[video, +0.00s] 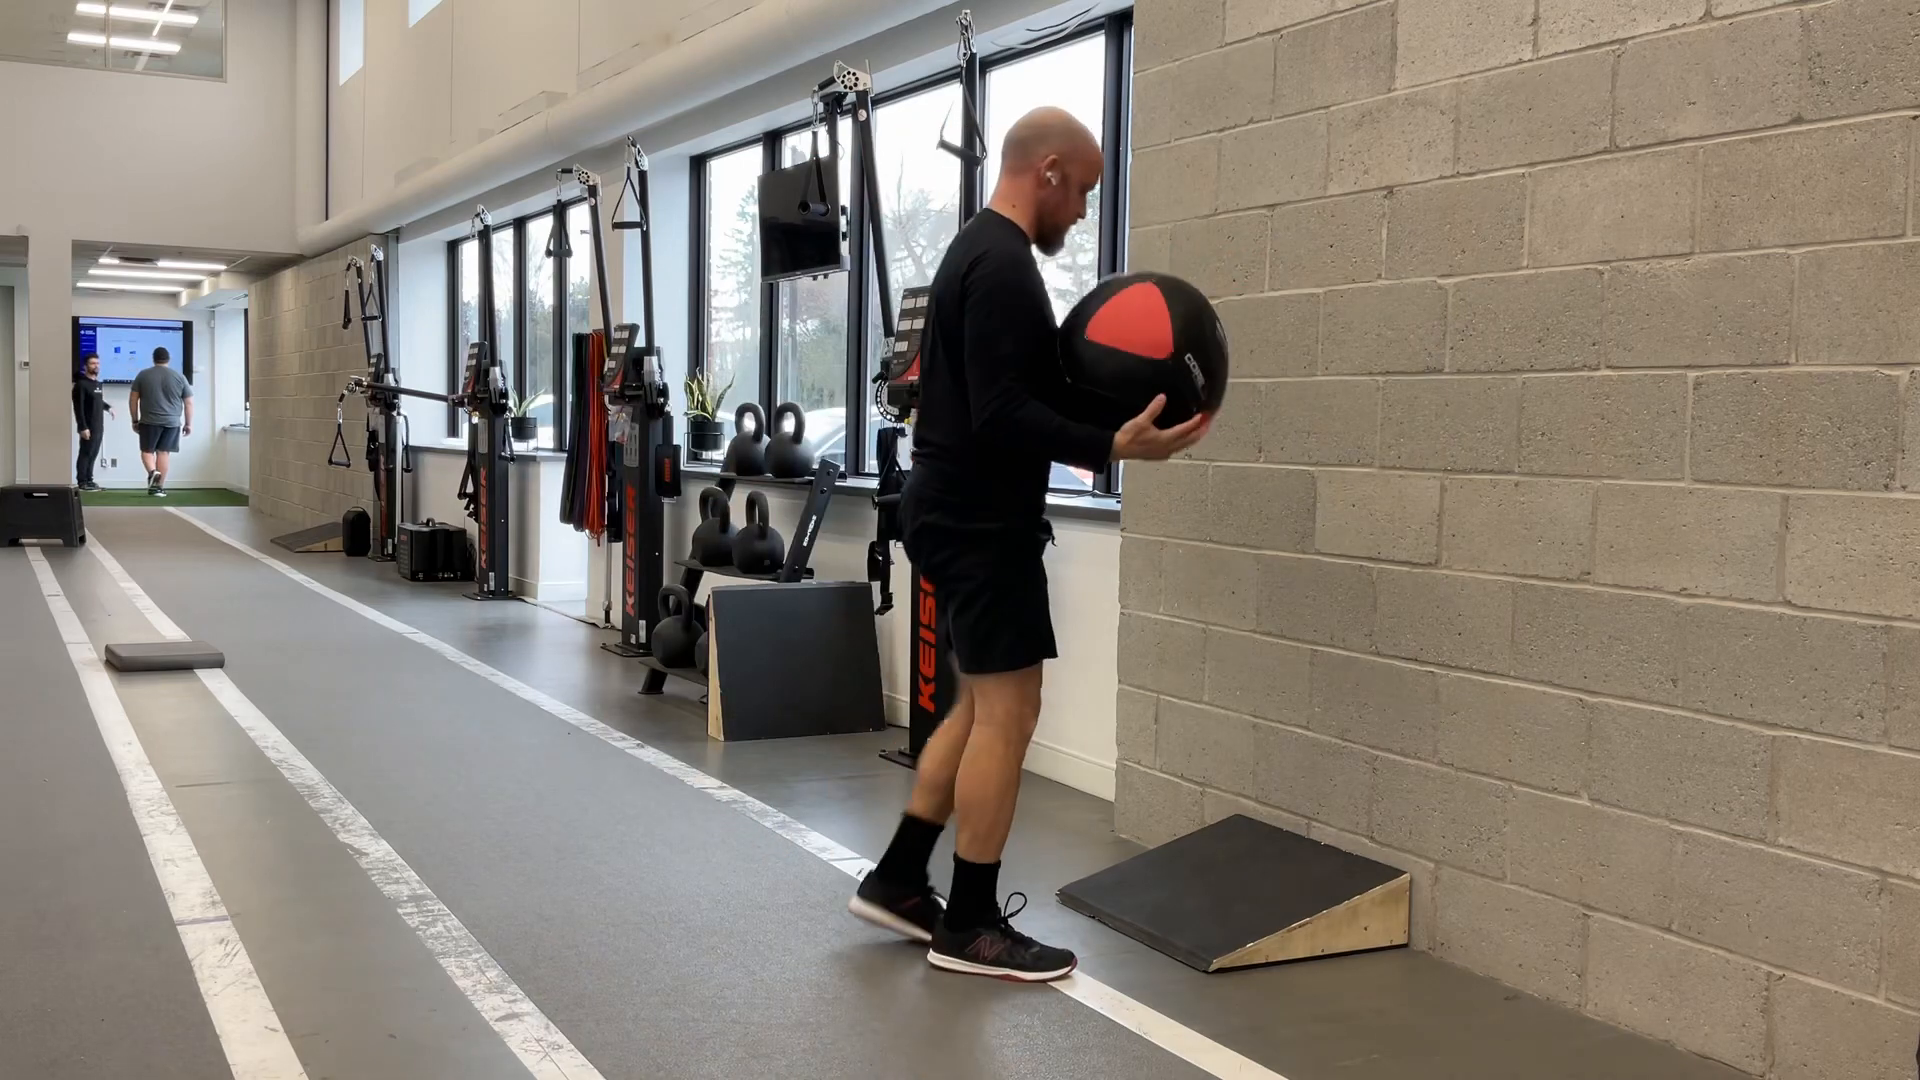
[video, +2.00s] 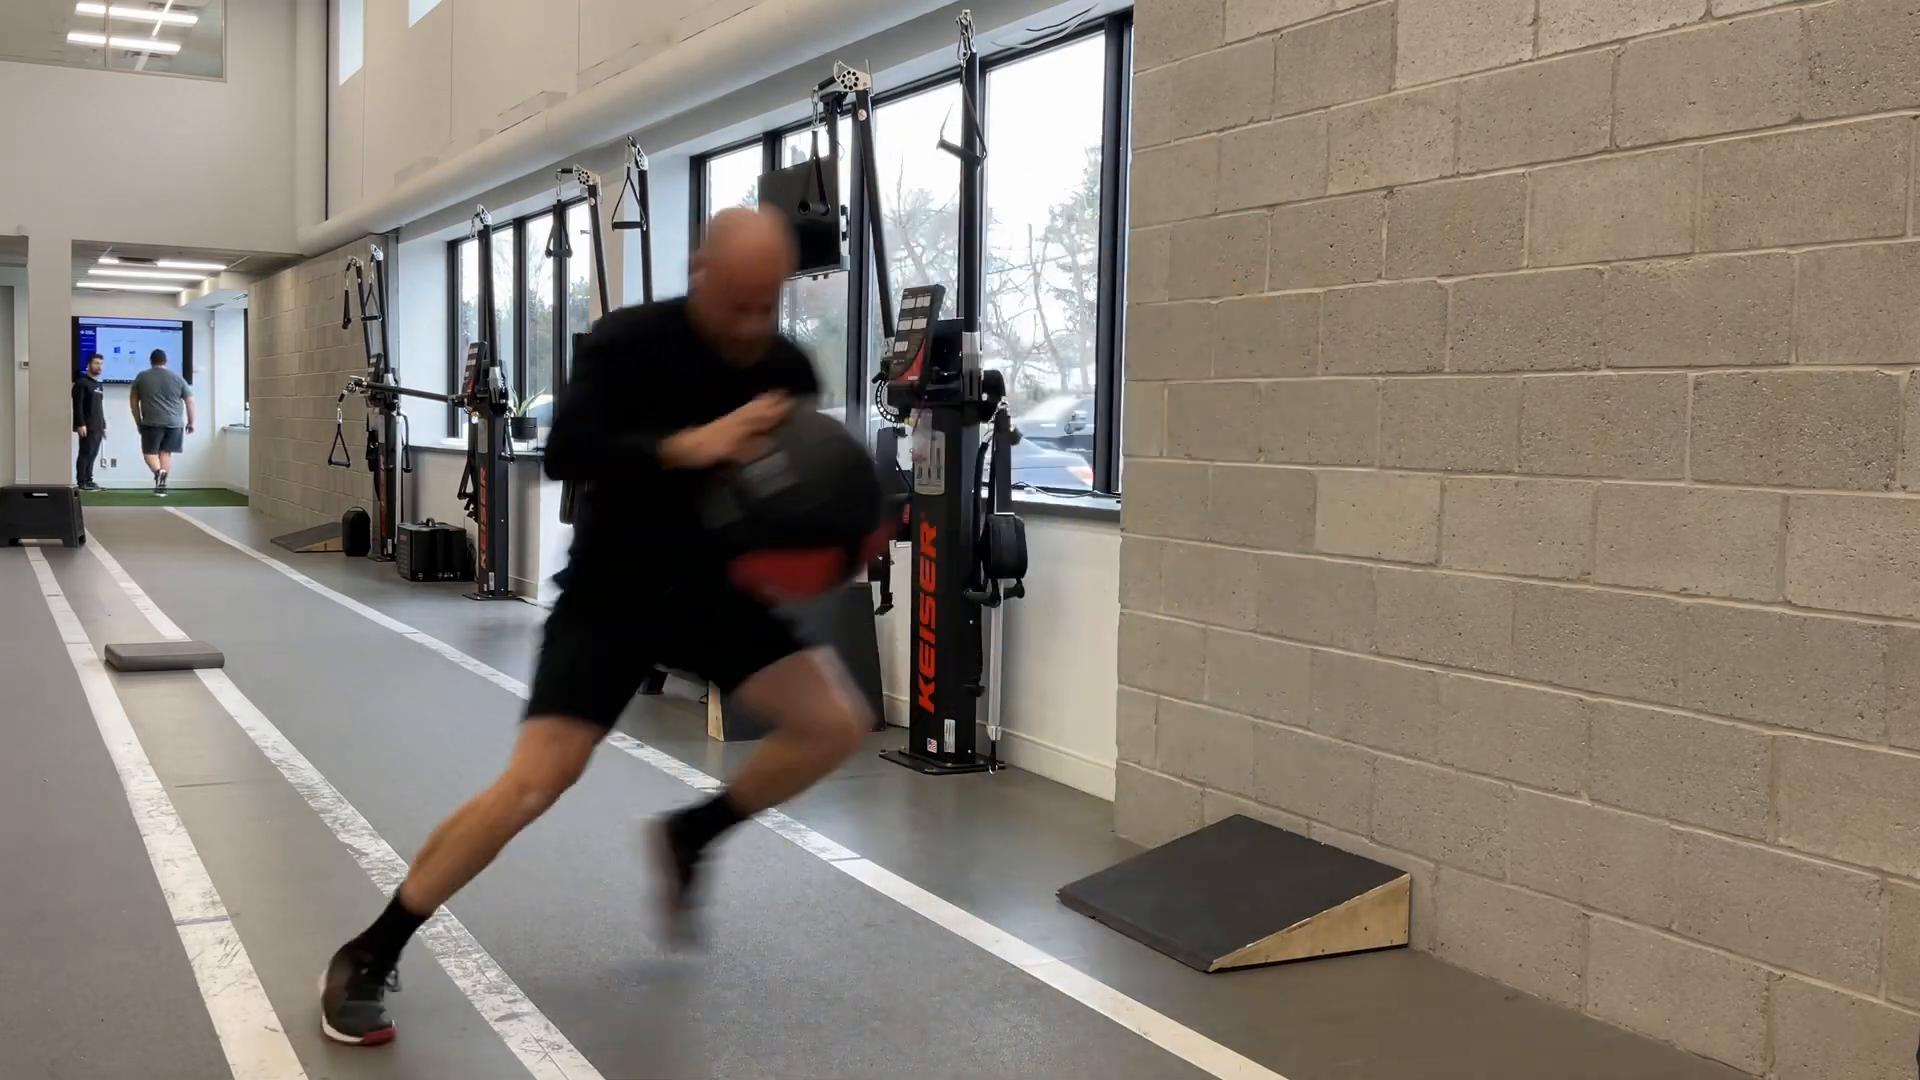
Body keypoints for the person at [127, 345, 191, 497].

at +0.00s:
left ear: (153, 359)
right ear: (168, 359)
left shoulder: (143, 375)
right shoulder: (179, 377)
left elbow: (133, 399)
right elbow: (188, 402)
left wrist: (134, 420)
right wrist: (188, 423)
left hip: (149, 422)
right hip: (171, 423)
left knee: (147, 451)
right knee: (164, 453)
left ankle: (152, 471)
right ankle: (159, 488)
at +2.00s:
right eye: (163, 361)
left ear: (151, 362)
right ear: (166, 362)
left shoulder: (142, 377)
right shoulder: (176, 378)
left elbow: (133, 402)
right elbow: (190, 400)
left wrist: (138, 421)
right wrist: (191, 422)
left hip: (152, 423)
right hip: (174, 424)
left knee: (150, 453)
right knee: (166, 452)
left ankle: (158, 471)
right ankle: (162, 486)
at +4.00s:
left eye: (151, 358)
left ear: (148, 359)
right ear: (163, 359)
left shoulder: (139, 375)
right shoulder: (174, 377)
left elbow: (129, 399)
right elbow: (184, 400)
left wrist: (128, 420)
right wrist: (184, 421)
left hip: (144, 422)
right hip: (166, 423)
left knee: (140, 451)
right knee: (161, 452)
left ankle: (139, 481)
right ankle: (159, 488)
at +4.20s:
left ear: (144, 358)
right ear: (159, 358)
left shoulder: (135, 374)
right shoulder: (169, 376)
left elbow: (125, 398)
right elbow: (179, 399)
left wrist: (124, 419)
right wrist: (180, 421)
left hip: (140, 422)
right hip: (163, 422)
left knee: (139, 452)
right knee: (159, 452)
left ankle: (138, 485)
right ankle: (159, 487)